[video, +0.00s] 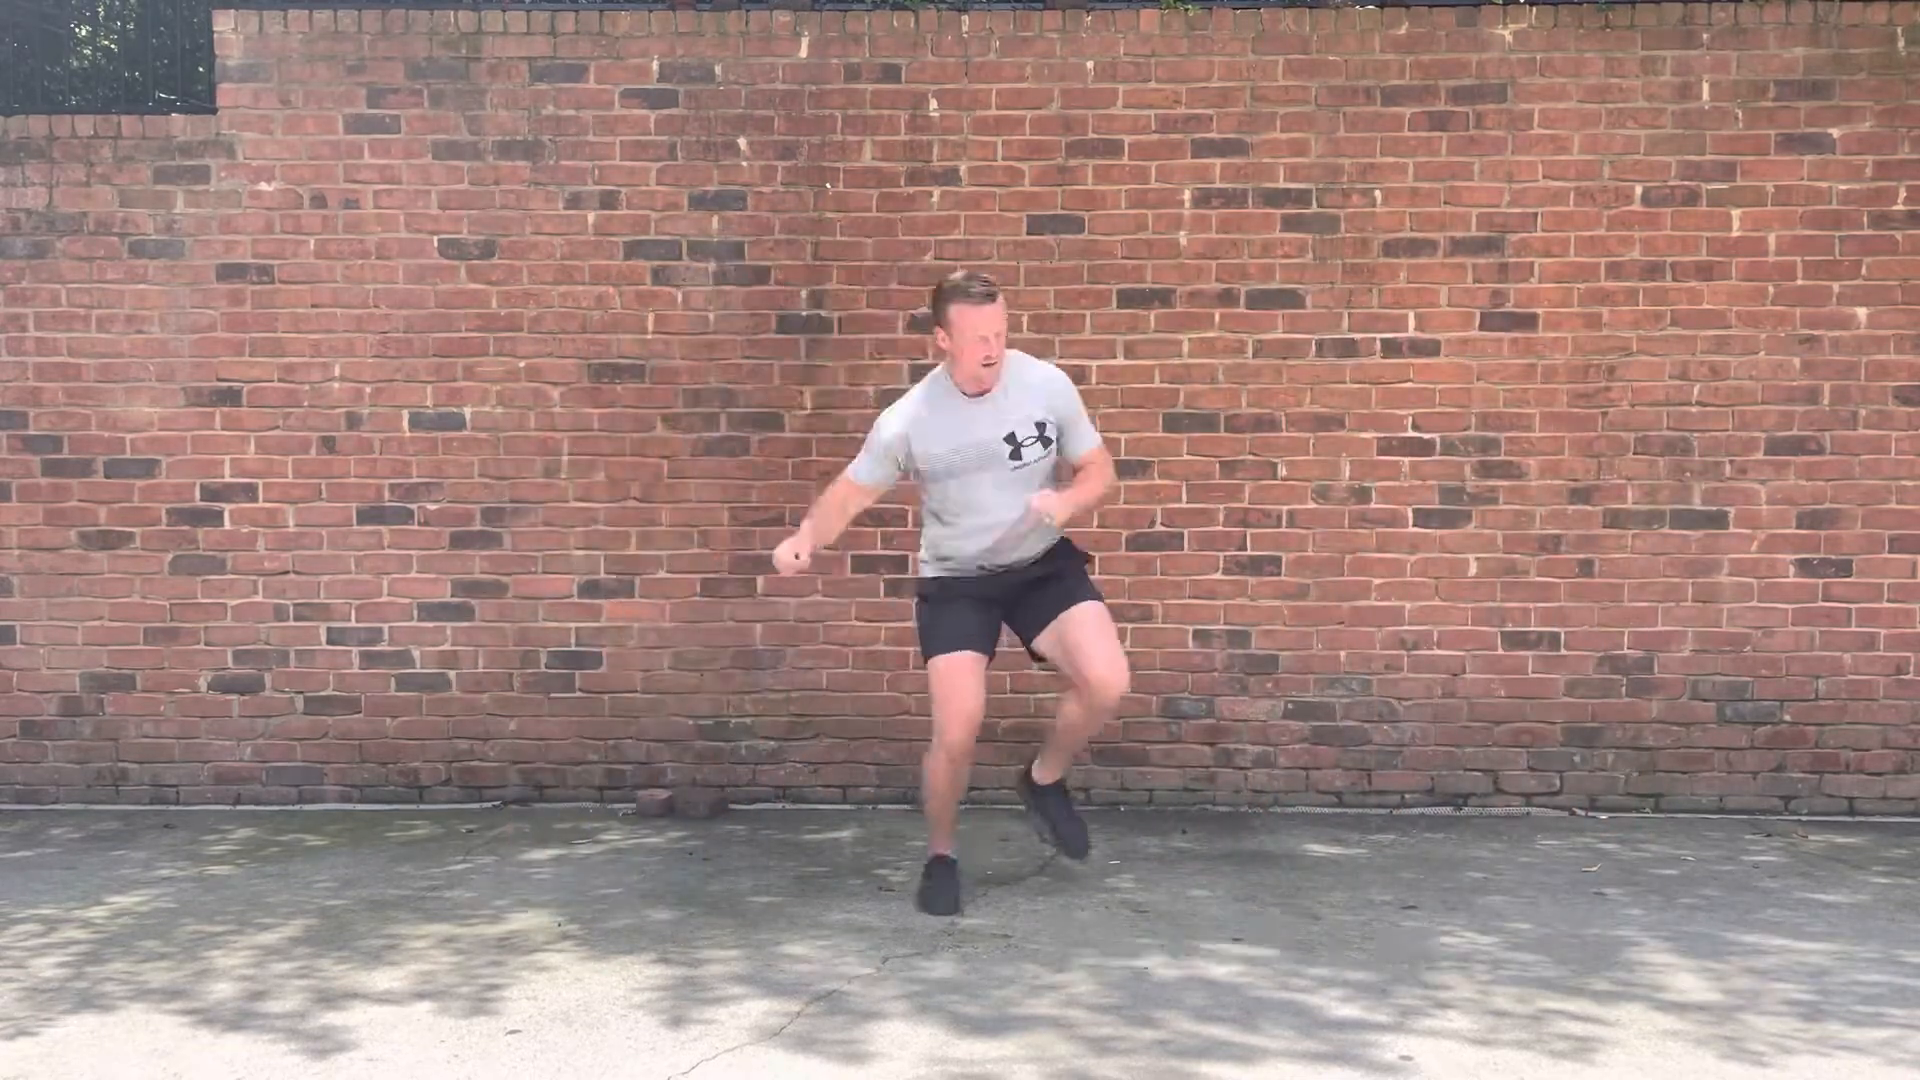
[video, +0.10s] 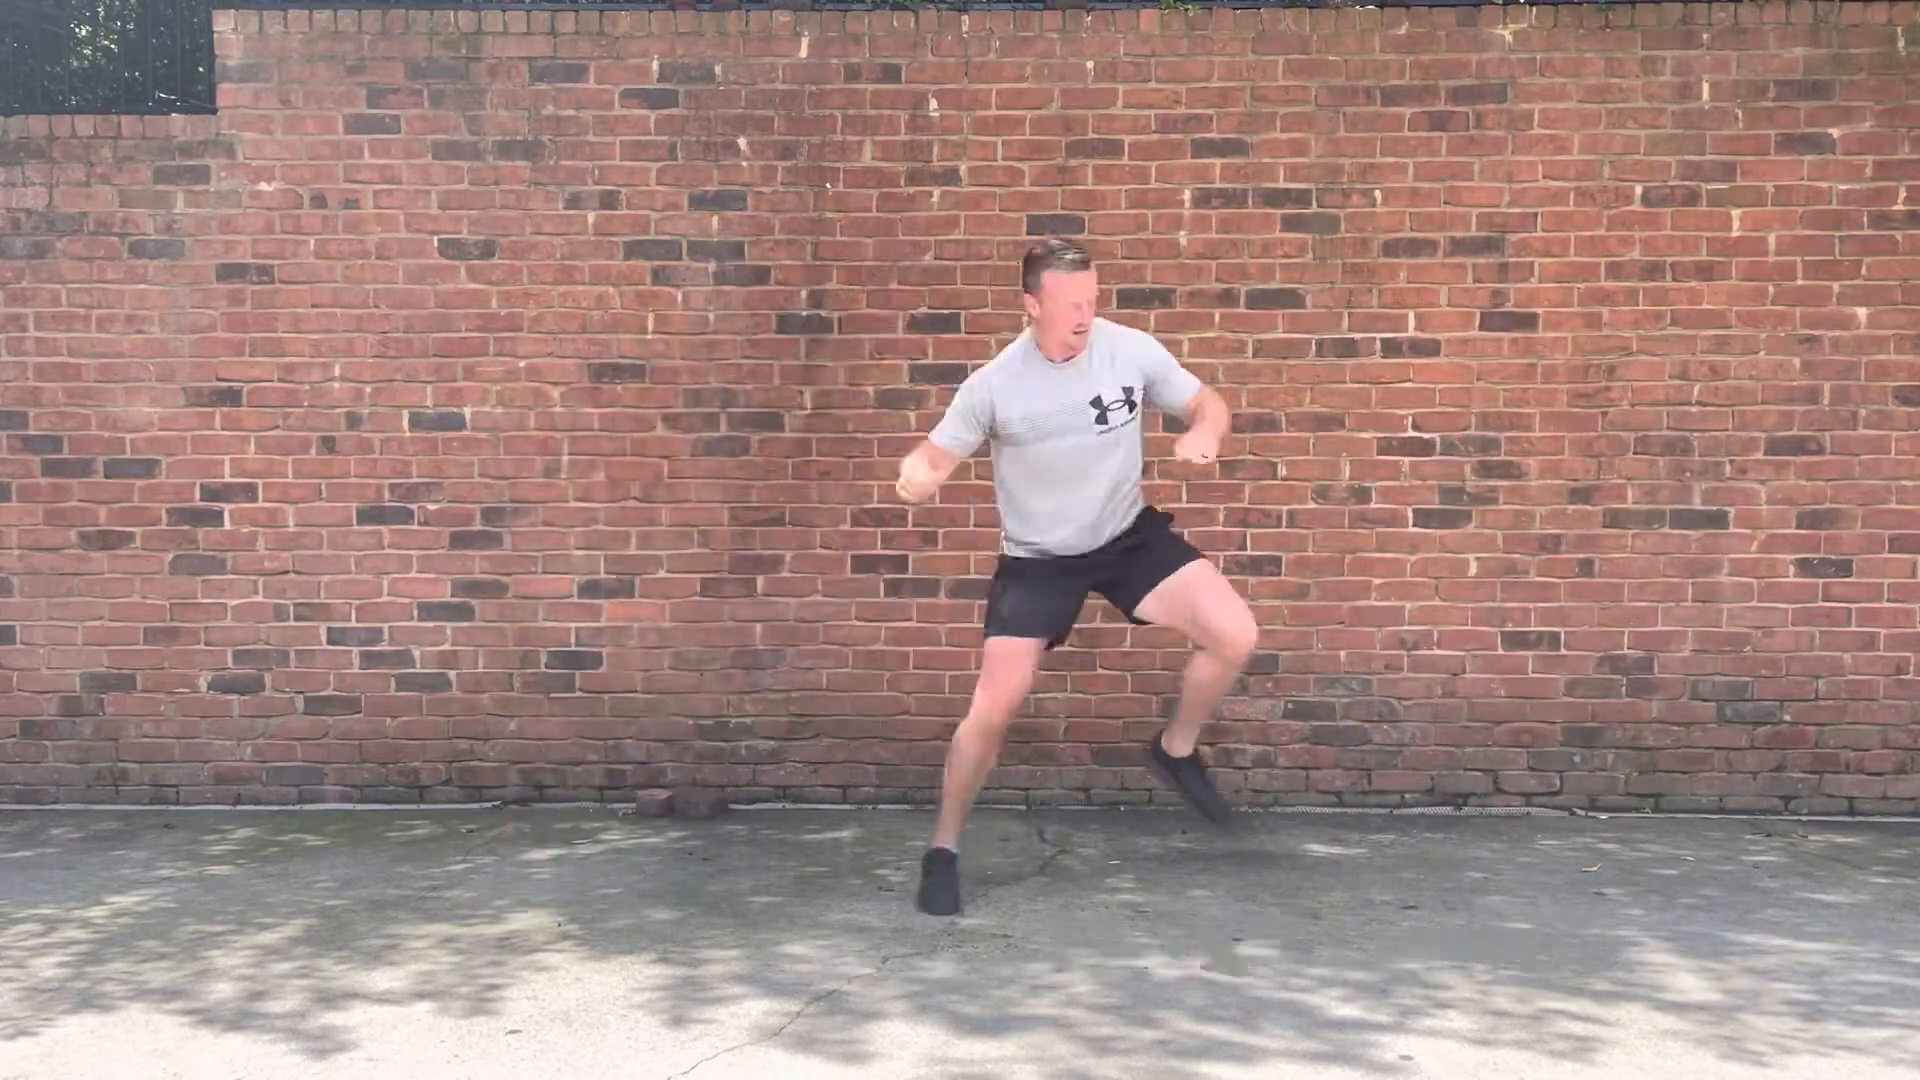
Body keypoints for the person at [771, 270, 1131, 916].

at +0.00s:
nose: (992, 349)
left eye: (999, 334)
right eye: (976, 337)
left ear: (1008, 330)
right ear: (942, 340)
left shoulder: (1046, 385)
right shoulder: (907, 421)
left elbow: (1098, 469)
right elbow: (850, 491)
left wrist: (1067, 501)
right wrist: (806, 538)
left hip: (1043, 564)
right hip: (956, 579)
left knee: (1107, 681)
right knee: (957, 730)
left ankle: (1044, 780)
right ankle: (941, 855)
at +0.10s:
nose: (1084, 318)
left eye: (1091, 304)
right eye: (1070, 306)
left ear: (1098, 299)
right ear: (1031, 304)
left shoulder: (1130, 351)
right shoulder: (992, 385)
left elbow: (1211, 406)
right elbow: (931, 457)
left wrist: (1203, 436)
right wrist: (917, 479)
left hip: (1130, 538)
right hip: (1037, 559)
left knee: (1234, 634)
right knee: (993, 706)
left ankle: (1176, 748)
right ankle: (944, 848)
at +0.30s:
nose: (1298, 295)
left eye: (1306, 281)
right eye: (1287, 280)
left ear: (1315, 271)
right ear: (1248, 268)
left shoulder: (1338, 323)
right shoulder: (1194, 337)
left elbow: (1402, 379)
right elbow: (1101, 398)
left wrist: (1469, 446)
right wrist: (1107, 424)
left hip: (1319, 511)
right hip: (1217, 522)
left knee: (1434, 631)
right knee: (1137, 667)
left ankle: (1471, 764)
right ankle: (1096, 775)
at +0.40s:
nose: (1414, 342)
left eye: (1424, 328)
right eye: (1401, 326)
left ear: (1432, 320)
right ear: (1361, 315)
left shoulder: (1440, 369)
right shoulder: (1303, 371)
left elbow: (1458, 422)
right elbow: (1195, 418)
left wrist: (1499, 492)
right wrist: (1222, 436)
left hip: (1412, 557)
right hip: (1310, 562)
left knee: (1502, 690)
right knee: (1231, 708)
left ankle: (1587, 834)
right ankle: (1241, 746)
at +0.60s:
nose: (1585, 453)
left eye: (1594, 442)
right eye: (1577, 436)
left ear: (1597, 439)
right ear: (1537, 416)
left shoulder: (1562, 498)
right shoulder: (1468, 474)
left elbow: (1588, 582)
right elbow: (1398, 566)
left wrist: (1659, 664)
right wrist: (1502, 609)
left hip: (1510, 628)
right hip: (1426, 645)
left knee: (1599, 736)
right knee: (1498, 790)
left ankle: (1617, 864)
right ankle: (1521, 778)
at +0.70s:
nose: (1586, 449)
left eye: (1597, 438)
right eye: (1578, 432)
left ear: (1603, 436)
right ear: (1539, 412)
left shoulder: (1582, 498)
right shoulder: (1476, 465)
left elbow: (1652, 572)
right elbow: (1403, 545)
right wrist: (1509, 588)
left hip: (1515, 625)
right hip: (1431, 637)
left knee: (1603, 735)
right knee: (1525, 782)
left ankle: (1618, 864)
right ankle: (1551, 789)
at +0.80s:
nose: (1527, 404)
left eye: (1541, 393)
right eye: (1517, 388)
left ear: (1558, 392)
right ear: (1493, 376)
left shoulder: (1577, 453)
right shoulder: (1438, 426)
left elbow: (1684, 491)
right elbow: (1326, 451)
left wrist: (1728, 459)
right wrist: (1405, 451)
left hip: (1506, 607)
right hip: (1412, 613)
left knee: (1588, 727)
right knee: (1425, 771)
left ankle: (1618, 864)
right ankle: (1463, 769)